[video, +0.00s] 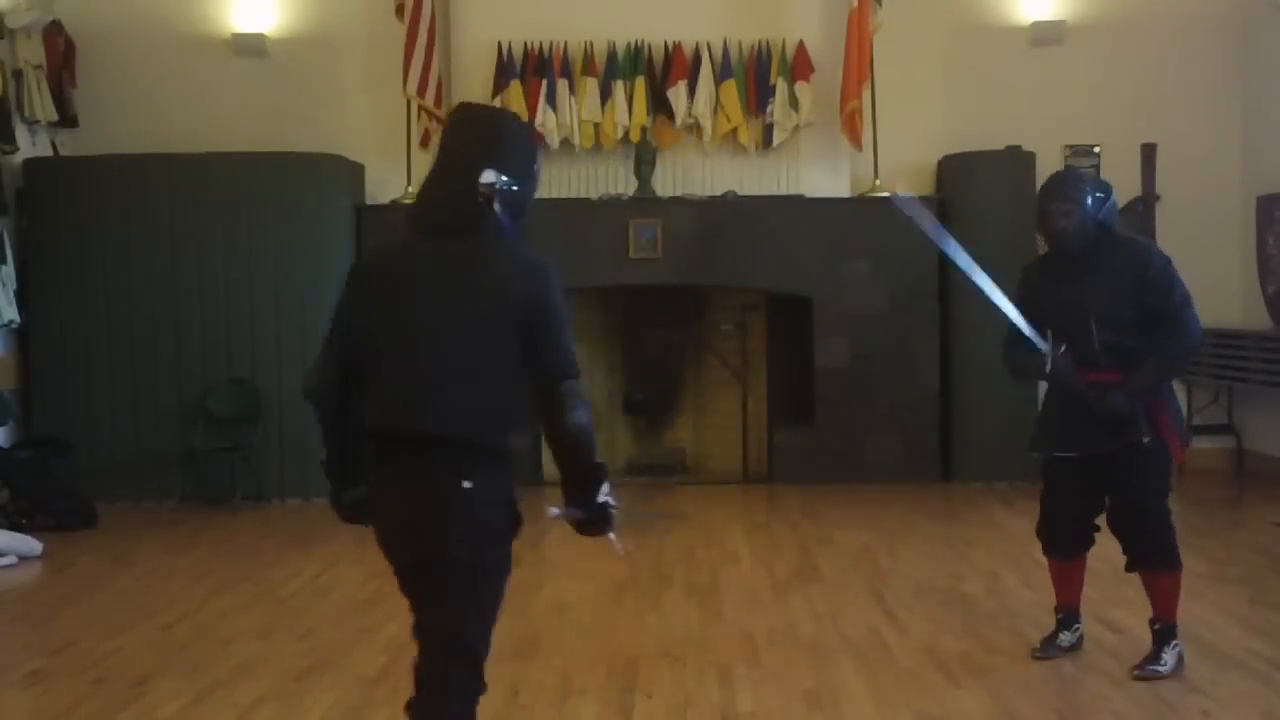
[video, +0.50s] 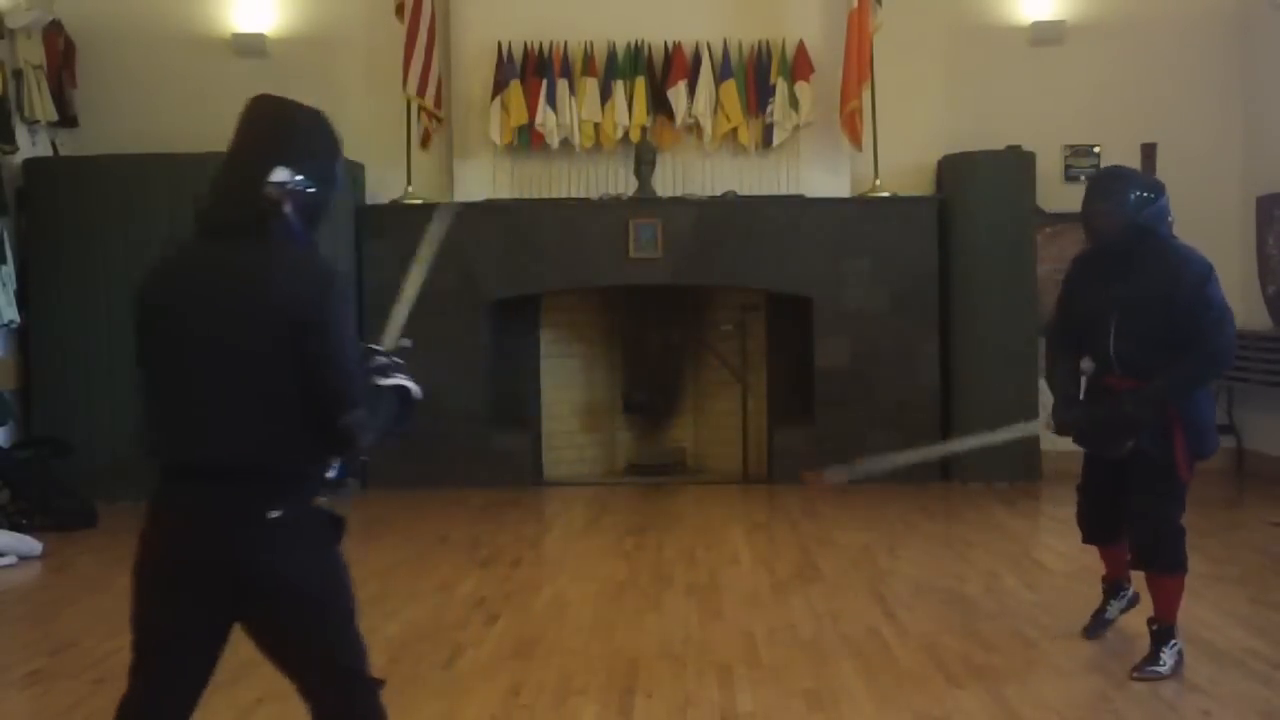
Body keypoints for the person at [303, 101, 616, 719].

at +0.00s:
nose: (531, 193)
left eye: (528, 176)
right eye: (527, 178)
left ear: (441, 175)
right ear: (510, 186)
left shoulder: (381, 263)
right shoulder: (520, 273)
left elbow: (329, 382)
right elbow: (563, 402)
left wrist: (348, 475)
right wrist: (587, 491)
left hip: (391, 477)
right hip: (476, 482)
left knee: (441, 647)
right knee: (454, 664)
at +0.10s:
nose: (504, 185)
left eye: (501, 169)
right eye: (500, 170)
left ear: (414, 162)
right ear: (484, 175)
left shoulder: (350, 250)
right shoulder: (492, 263)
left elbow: (310, 377)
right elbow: (523, 403)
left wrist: (367, 433)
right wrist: (554, 480)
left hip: (359, 478)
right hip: (445, 486)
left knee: (386, 636)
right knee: (436, 664)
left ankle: (360, 710)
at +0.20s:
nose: (471, 176)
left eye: (466, 161)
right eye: (467, 161)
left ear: (378, 155)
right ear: (452, 169)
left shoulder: (318, 249)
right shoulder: (458, 260)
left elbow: (288, 377)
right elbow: (484, 393)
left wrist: (356, 401)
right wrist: (516, 453)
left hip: (325, 487)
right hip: (415, 494)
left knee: (318, 656)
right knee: (421, 681)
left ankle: (273, 710)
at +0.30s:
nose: (432, 176)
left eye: (430, 159)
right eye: (427, 160)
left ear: (340, 159)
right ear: (405, 170)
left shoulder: (277, 255)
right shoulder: (418, 264)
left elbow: (261, 386)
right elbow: (446, 410)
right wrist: (485, 424)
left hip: (291, 499)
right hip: (384, 506)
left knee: (252, 663)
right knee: (409, 687)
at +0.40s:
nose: (385, 190)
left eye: (383, 172)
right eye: (381, 173)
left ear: (289, 168)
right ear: (359, 179)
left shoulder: (228, 267)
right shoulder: (365, 272)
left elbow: (225, 396)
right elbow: (401, 421)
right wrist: (453, 407)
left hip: (243, 517)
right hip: (340, 524)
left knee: (196, 683)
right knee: (391, 694)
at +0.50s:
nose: (331, 201)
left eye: (330, 182)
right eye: (327, 184)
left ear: (237, 173)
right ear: (303, 189)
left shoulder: (171, 273)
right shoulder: (308, 280)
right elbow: (344, 426)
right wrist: (391, 394)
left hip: (180, 530)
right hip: (280, 537)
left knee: (152, 705)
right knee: (348, 702)